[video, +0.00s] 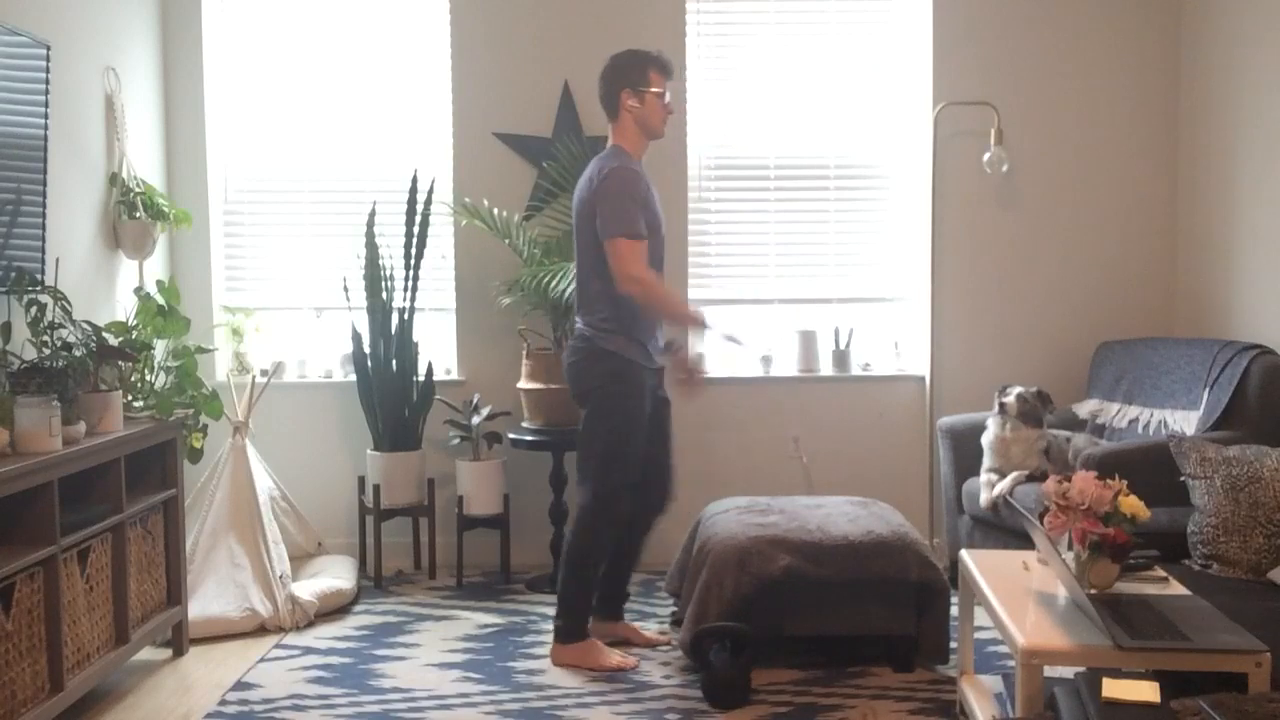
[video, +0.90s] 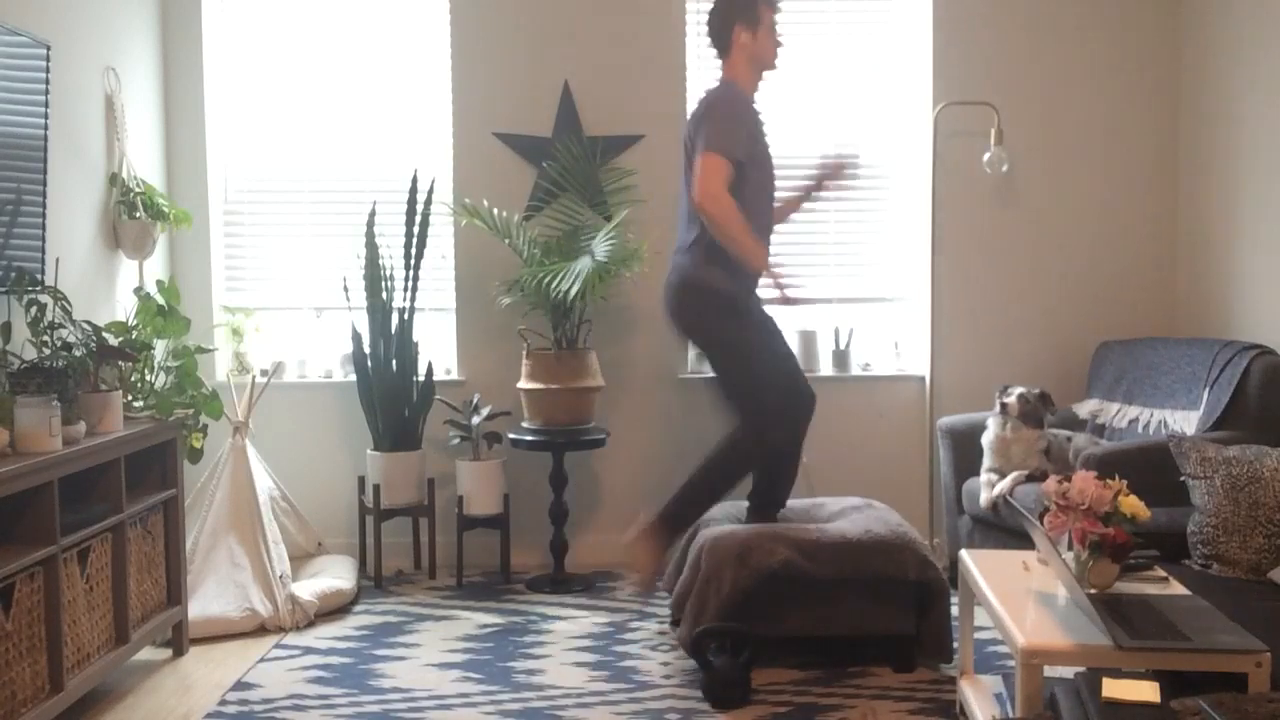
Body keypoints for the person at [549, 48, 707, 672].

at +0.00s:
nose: (670, 105)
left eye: (668, 94)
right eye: (661, 94)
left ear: (631, 104)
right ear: (628, 102)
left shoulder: (624, 172)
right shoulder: (616, 173)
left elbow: (631, 279)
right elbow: (628, 275)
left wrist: (672, 342)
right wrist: (689, 313)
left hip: (635, 357)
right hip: (611, 357)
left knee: (649, 488)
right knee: (607, 492)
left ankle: (607, 618)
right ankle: (570, 639)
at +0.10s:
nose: (668, 106)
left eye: (667, 95)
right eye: (658, 95)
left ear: (629, 103)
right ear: (624, 101)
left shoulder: (616, 171)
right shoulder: (615, 172)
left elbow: (649, 270)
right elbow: (655, 269)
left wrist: (723, 266)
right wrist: (741, 262)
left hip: (635, 359)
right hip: (603, 358)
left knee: (696, 463)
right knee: (591, 502)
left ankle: (628, 573)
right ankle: (568, 641)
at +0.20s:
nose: (672, 105)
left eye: (670, 94)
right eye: (663, 94)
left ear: (635, 99)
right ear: (628, 97)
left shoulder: (620, 168)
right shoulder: (618, 168)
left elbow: (681, 258)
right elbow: (682, 253)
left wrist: (738, 211)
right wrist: (745, 203)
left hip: (632, 350)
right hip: (601, 354)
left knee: (728, 403)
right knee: (596, 502)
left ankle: (644, 499)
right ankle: (569, 641)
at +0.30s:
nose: (680, 102)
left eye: (678, 92)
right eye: (671, 92)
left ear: (640, 99)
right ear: (640, 97)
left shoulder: (632, 166)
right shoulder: (626, 166)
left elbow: (706, 250)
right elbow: (708, 243)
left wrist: (727, 182)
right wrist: (735, 173)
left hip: (633, 337)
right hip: (604, 352)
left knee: (737, 339)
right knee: (600, 503)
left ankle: (673, 452)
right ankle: (568, 640)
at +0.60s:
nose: (729, 118)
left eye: (726, 107)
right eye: (720, 107)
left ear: (687, 119)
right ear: (691, 116)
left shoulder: (672, 184)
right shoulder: (677, 185)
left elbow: (742, 275)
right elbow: (745, 267)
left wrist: (755, 223)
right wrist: (765, 202)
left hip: (669, 352)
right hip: (642, 365)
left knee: (774, 370)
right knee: (636, 516)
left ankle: (755, 497)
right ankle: (571, 641)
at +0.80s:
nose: (769, 75)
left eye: (766, 64)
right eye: (760, 64)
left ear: (727, 75)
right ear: (731, 72)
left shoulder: (718, 139)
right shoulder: (721, 138)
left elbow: (732, 231)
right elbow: (734, 228)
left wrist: (795, 240)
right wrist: (811, 239)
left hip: (711, 326)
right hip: (690, 327)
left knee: (801, 404)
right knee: (671, 470)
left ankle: (759, 538)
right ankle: (599, 603)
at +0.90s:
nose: (779, 42)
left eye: (776, 31)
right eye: (771, 30)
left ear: (738, 39)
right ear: (742, 36)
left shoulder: (736, 110)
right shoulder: (725, 106)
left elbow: (753, 219)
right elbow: (708, 195)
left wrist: (811, 190)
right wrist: (763, 264)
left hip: (725, 287)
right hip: (706, 287)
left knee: (795, 402)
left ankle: (761, 544)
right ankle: (657, 535)